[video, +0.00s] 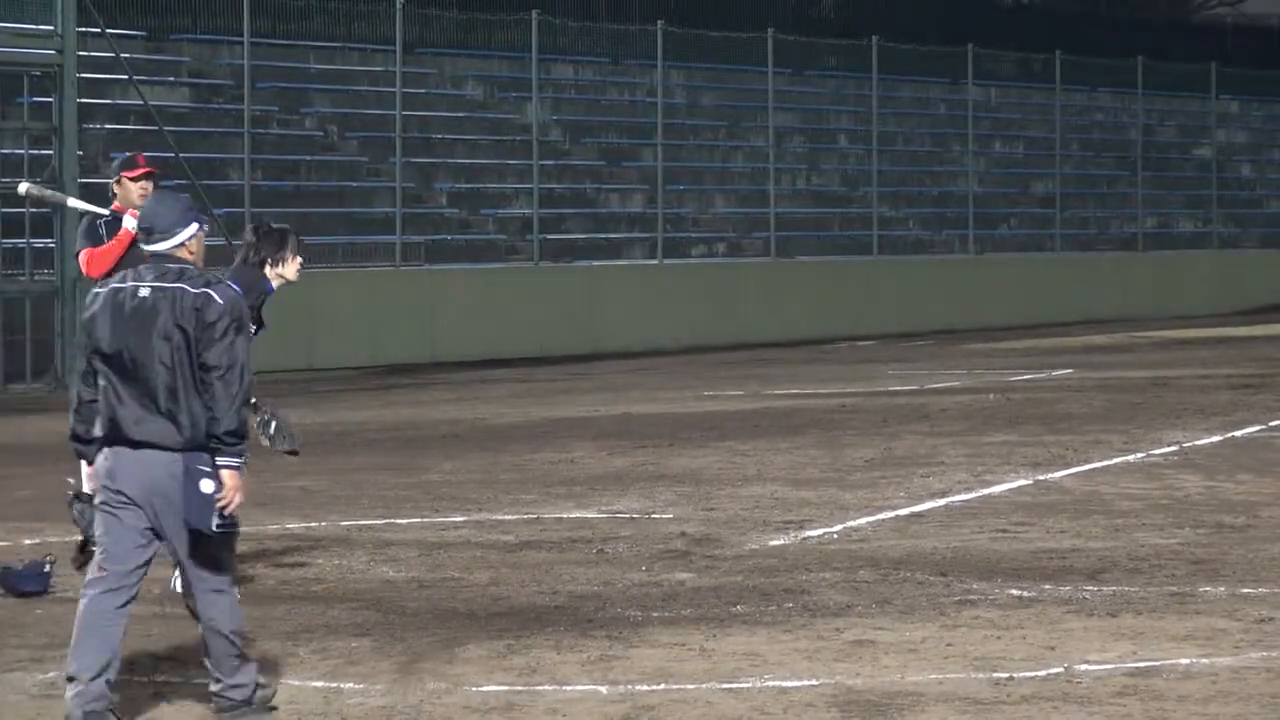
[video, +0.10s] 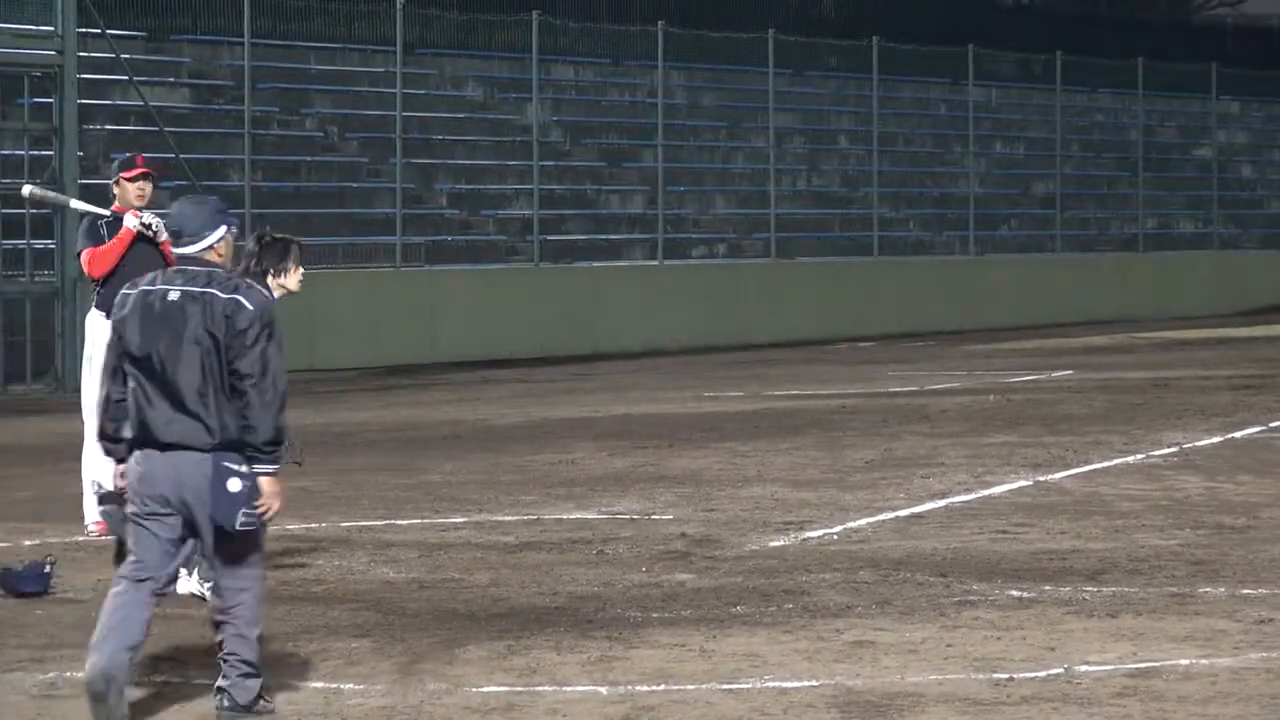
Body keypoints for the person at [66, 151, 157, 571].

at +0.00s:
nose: (147, 187)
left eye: (150, 180)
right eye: (137, 180)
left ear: (152, 185)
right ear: (115, 185)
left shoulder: (156, 228)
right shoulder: (97, 227)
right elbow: (92, 268)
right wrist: (129, 230)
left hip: (155, 353)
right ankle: (97, 534)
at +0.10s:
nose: (143, 186)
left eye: (147, 180)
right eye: (135, 180)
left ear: (153, 186)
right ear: (117, 186)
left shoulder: (158, 225)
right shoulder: (97, 224)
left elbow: (179, 272)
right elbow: (95, 268)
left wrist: (162, 239)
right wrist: (127, 233)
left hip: (152, 324)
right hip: (108, 325)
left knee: (148, 412)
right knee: (99, 414)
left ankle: (147, 506)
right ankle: (97, 512)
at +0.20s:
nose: (141, 187)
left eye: (146, 181)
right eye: (132, 181)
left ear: (153, 187)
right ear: (116, 186)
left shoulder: (161, 226)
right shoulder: (99, 223)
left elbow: (191, 265)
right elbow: (96, 267)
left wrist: (163, 237)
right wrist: (130, 229)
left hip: (156, 332)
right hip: (110, 333)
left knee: (153, 424)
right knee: (105, 427)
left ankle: (153, 513)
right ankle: (99, 516)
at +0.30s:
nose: (140, 188)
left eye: (146, 182)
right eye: (132, 182)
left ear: (152, 188)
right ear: (116, 187)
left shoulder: (160, 227)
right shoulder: (98, 225)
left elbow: (191, 268)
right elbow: (95, 269)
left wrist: (164, 238)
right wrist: (129, 231)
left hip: (155, 335)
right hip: (110, 334)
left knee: (153, 428)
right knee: (103, 429)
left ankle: (153, 514)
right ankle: (99, 518)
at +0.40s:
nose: (149, 186)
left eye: (152, 180)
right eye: (140, 180)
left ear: (155, 186)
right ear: (119, 185)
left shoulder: (158, 227)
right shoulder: (99, 223)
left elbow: (188, 266)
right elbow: (95, 267)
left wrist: (164, 235)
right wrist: (130, 230)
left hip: (154, 335)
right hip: (111, 333)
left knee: (153, 427)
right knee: (104, 428)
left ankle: (153, 511)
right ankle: (99, 516)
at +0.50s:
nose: (152, 186)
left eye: (153, 181)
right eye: (144, 181)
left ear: (149, 187)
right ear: (120, 185)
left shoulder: (156, 227)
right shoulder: (97, 224)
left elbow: (187, 266)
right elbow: (93, 267)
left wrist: (163, 234)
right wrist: (127, 229)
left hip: (152, 335)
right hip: (109, 334)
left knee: (150, 427)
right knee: (102, 429)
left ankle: (151, 511)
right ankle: (97, 516)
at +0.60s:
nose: (154, 187)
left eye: (154, 182)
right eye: (147, 182)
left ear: (142, 188)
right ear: (123, 186)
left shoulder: (156, 227)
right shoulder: (97, 223)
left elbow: (187, 266)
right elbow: (93, 267)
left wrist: (163, 235)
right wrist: (127, 231)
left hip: (153, 335)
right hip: (110, 334)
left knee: (152, 427)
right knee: (103, 430)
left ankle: (152, 510)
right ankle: (99, 517)